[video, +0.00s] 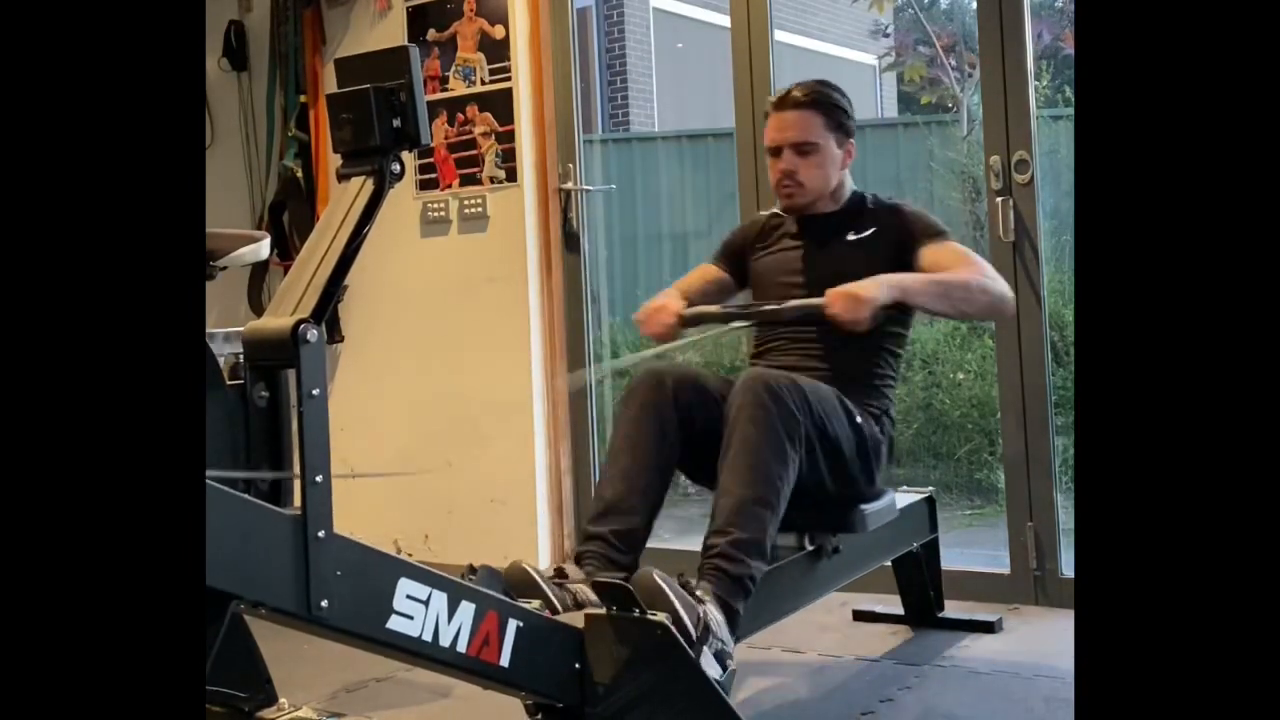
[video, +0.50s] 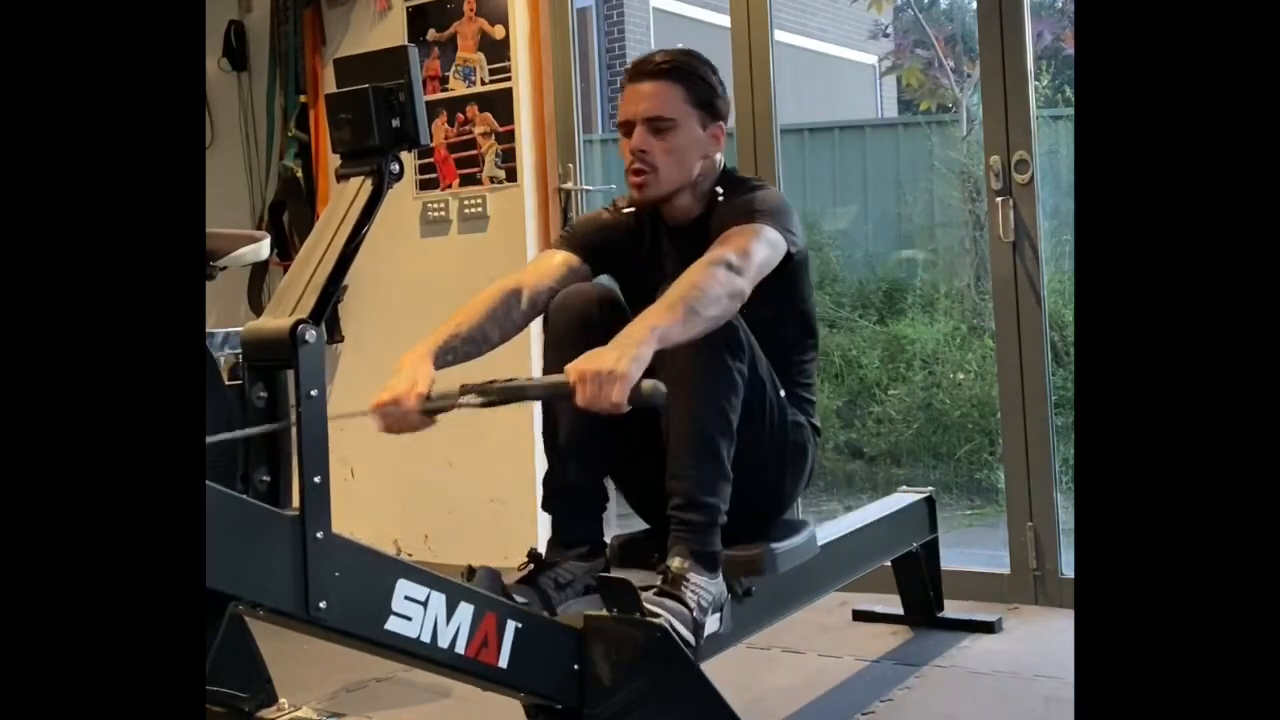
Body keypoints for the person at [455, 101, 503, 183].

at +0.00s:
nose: (467, 114)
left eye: (468, 111)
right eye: (466, 112)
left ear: (475, 110)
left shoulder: (486, 116)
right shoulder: (472, 124)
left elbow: (497, 128)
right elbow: (458, 131)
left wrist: (485, 129)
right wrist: (458, 122)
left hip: (492, 148)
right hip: (484, 151)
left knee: (485, 177)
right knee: (499, 178)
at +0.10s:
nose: (467, 114)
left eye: (468, 111)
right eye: (466, 112)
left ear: (475, 109)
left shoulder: (486, 116)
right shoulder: (473, 124)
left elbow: (497, 129)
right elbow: (458, 132)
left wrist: (486, 130)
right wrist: (458, 122)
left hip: (492, 148)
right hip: (484, 150)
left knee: (485, 177)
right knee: (498, 178)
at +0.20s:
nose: (467, 114)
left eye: (468, 111)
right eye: (466, 112)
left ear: (475, 109)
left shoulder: (486, 116)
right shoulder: (472, 124)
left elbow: (497, 129)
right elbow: (458, 132)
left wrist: (486, 130)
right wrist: (458, 122)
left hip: (492, 148)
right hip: (484, 151)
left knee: (485, 177)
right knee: (498, 178)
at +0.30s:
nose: (467, 114)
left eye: (468, 111)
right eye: (466, 112)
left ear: (475, 109)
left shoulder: (486, 116)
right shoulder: (473, 123)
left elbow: (497, 128)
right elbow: (459, 132)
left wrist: (484, 130)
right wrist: (458, 122)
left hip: (492, 148)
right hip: (484, 150)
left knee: (485, 177)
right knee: (499, 179)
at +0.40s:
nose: (467, 114)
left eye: (468, 111)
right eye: (466, 112)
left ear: (475, 109)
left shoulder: (486, 116)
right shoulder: (473, 124)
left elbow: (497, 128)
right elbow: (459, 131)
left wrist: (484, 129)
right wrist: (458, 122)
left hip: (492, 148)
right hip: (484, 150)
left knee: (485, 177)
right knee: (499, 179)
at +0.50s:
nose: (467, 114)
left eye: (468, 111)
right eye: (466, 112)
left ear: (475, 109)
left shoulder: (486, 116)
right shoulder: (473, 124)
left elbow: (497, 129)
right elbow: (459, 132)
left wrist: (485, 130)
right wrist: (458, 122)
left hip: (492, 148)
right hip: (484, 150)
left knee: (485, 177)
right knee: (499, 178)